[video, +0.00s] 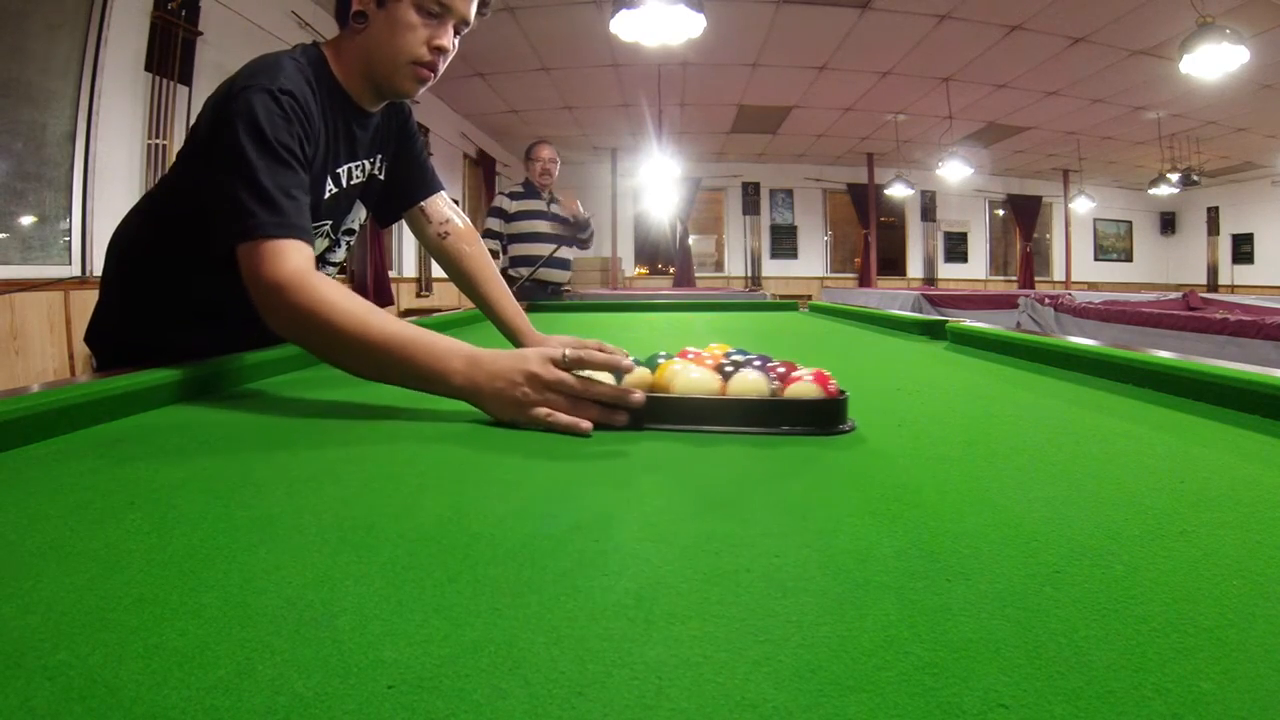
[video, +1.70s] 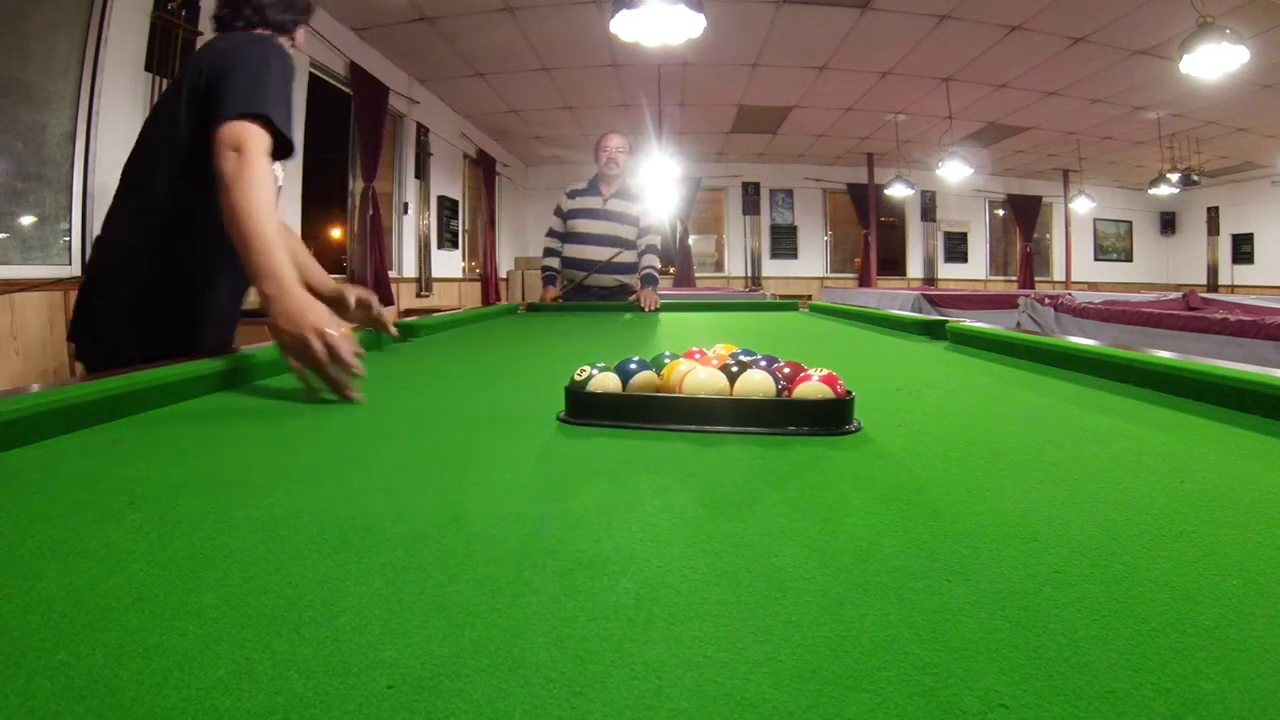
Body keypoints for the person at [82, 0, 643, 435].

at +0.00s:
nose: (447, 44)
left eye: (458, 30)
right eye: (430, 15)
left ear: (463, 40)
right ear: (363, 7)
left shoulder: (391, 120)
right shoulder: (269, 97)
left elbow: (448, 230)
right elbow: (285, 287)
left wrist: (526, 339)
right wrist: (476, 374)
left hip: (264, 338)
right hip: (157, 343)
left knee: (241, 524)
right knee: (141, 535)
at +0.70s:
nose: (444, 68)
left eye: (451, 48)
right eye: (449, 44)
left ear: (401, 29)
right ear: (412, 25)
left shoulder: (380, 122)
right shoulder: (271, 83)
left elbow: (442, 232)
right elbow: (301, 259)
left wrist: (527, 339)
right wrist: (475, 383)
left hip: (259, 342)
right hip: (153, 344)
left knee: (240, 527)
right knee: (143, 536)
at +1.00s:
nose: (400, 60)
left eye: (405, 43)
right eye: (409, 41)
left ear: (327, 10)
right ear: (400, 34)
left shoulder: (328, 96)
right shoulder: (295, 55)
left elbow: (372, 232)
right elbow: (315, 227)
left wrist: (465, 340)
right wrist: (473, 381)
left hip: (235, 346)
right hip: (149, 352)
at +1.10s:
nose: (379, 67)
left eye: (382, 55)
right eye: (389, 50)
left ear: (315, 8)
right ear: (386, 29)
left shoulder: (279, 63)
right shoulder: (300, 52)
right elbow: (326, 220)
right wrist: (477, 375)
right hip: (150, 350)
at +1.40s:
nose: (360, 60)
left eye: (362, 51)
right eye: (364, 47)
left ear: (293, 18)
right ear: (357, 32)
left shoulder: (254, 72)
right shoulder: (297, 57)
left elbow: (279, 222)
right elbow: (330, 178)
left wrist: (334, 308)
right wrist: (443, 342)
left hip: (205, 331)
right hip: (141, 335)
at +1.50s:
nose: (350, 52)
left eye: (350, 44)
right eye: (352, 41)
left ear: (279, 14)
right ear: (348, 30)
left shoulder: (243, 63)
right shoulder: (287, 54)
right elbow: (295, 178)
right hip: (142, 343)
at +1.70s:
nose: (303, 39)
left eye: (304, 28)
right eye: (303, 27)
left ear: (237, 18)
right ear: (293, 29)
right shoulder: (254, 54)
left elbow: (259, 217)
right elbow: (239, 157)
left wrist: (330, 289)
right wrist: (286, 298)